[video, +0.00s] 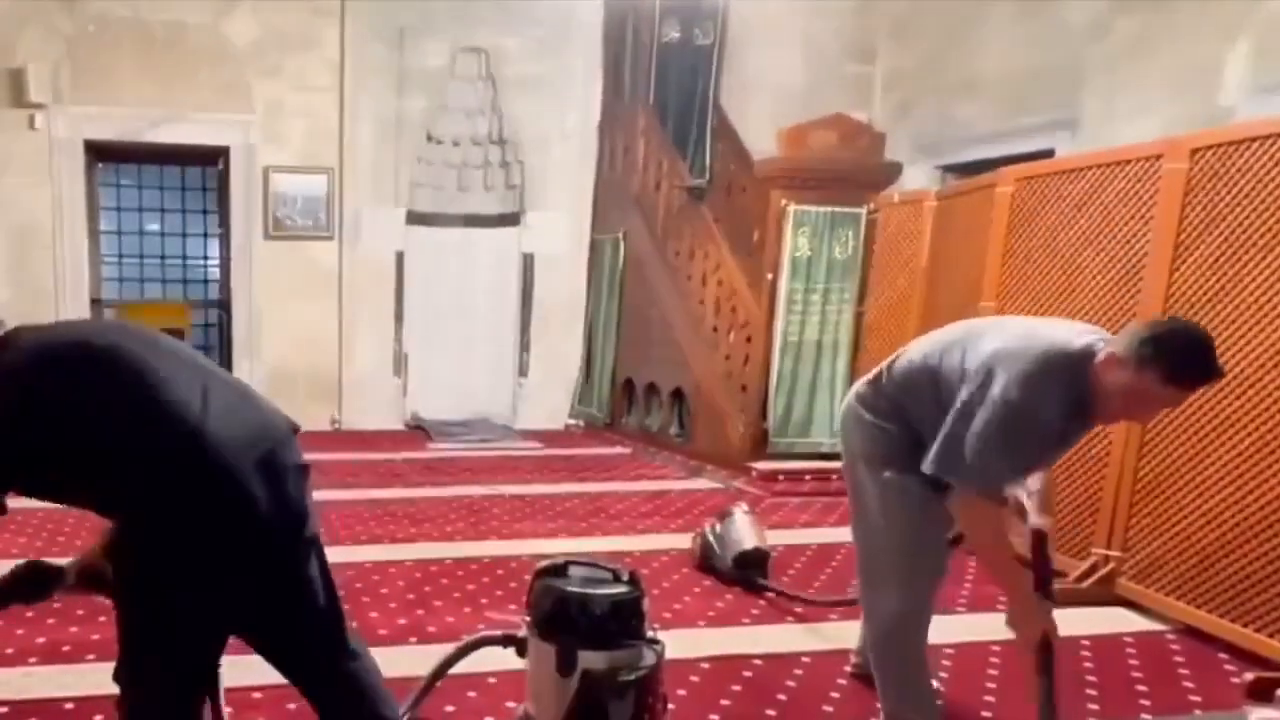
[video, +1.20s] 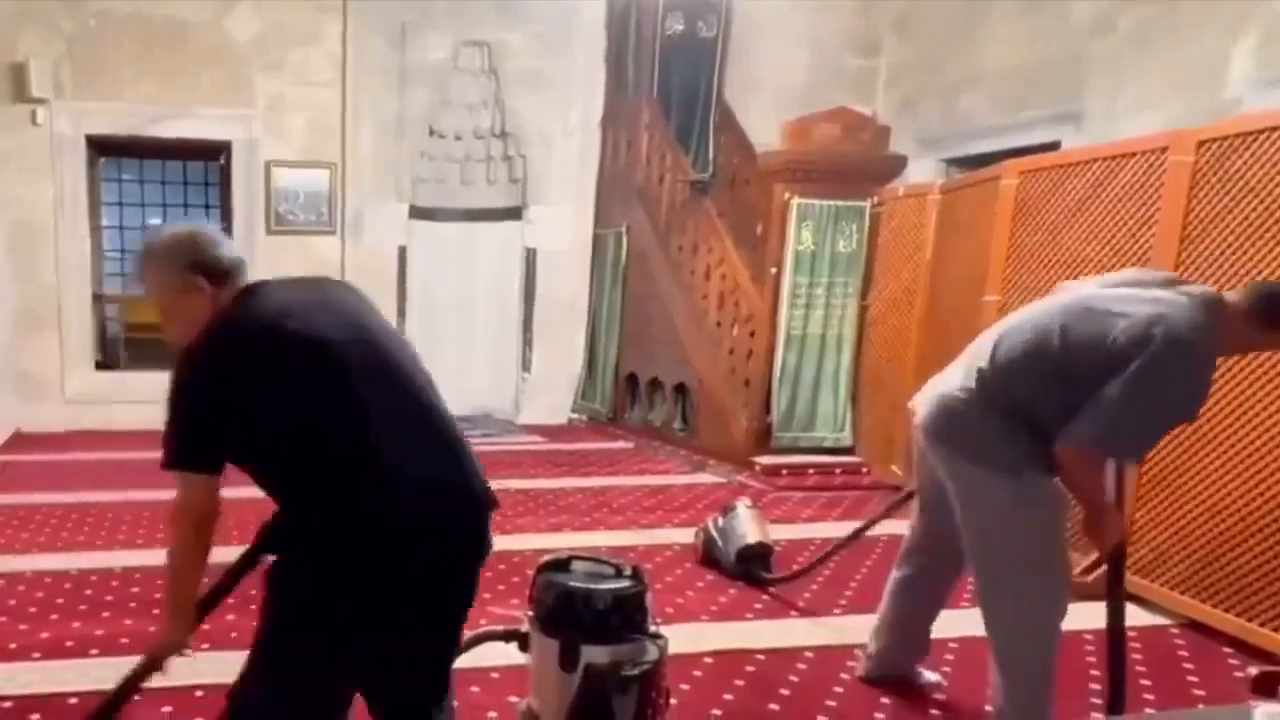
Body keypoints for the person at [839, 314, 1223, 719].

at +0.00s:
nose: (1148, 417)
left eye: (1162, 407)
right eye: (1149, 398)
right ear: (1116, 363)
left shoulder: (1097, 375)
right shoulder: (1029, 379)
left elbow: (1040, 448)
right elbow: (971, 505)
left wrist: (1038, 514)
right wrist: (1020, 597)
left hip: (943, 429)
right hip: (887, 423)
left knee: (922, 561)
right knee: (900, 586)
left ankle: (875, 653)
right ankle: (910, 707)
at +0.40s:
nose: (1182, 354)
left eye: (1191, 342)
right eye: (1183, 337)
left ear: (1142, 309)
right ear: (1148, 313)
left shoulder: (1096, 337)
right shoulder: (1063, 339)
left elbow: (1011, 434)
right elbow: (981, 448)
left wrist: (1017, 503)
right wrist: (1015, 519)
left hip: (925, 428)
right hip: (904, 428)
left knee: (915, 559)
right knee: (931, 576)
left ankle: (877, 653)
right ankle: (909, 704)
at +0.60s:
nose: (1199, 351)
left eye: (1210, 340)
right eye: (1199, 333)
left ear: (1154, 306)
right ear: (1159, 307)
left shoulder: (1103, 322)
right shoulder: (1089, 346)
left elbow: (1013, 427)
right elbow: (1006, 447)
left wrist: (1029, 507)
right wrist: (1035, 522)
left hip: (914, 419)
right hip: (928, 435)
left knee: (929, 550)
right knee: (991, 575)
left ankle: (884, 657)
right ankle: (955, 709)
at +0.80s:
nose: (1238, 388)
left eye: (1252, 379)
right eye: (1247, 370)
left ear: (1215, 325)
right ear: (1224, 334)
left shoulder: (1136, 325)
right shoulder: (1133, 369)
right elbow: (1026, 459)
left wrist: (1060, 498)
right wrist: (1063, 524)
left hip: (925, 418)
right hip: (960, 446)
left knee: (928, 562)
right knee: (1019, 598)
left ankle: (884, 657)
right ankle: (1022, 714)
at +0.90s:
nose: (1260, 393)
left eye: (1270, 383)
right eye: (1269, 378)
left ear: (1243, 337)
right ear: (1248, 348)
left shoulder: (1170, 331)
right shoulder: (1160, 375)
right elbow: (1048, 463)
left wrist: (1080, 487)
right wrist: (1082, 533)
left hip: (936, 415)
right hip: (971, 442)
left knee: (927, 559)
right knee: (1026, 597)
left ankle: (884, 658)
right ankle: (1021, 712)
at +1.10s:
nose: (1265, 367)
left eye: (1272, 358)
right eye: (1273, 359)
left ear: (1254, 309)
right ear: (1271, 346)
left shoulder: (1176, 293)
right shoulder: (1188, 366)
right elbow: (1072, 452)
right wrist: (1100, 512)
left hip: (945, 402)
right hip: (995, 437)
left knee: (929, 553)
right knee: (1031, 597)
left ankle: (887, 660)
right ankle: (1021, 711)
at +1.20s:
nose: (1261, 355)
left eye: (1267, 347)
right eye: (1269, 347)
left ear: (1245, 292)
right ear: (1267, 336)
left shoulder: (1169, 286)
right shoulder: (1184, 353)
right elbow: (1077, 448)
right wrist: (1099, 511)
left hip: (944, 402)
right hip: (994, 435)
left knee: (933, 549)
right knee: (1031, 593)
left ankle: (889, 661)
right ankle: (1022, 710)